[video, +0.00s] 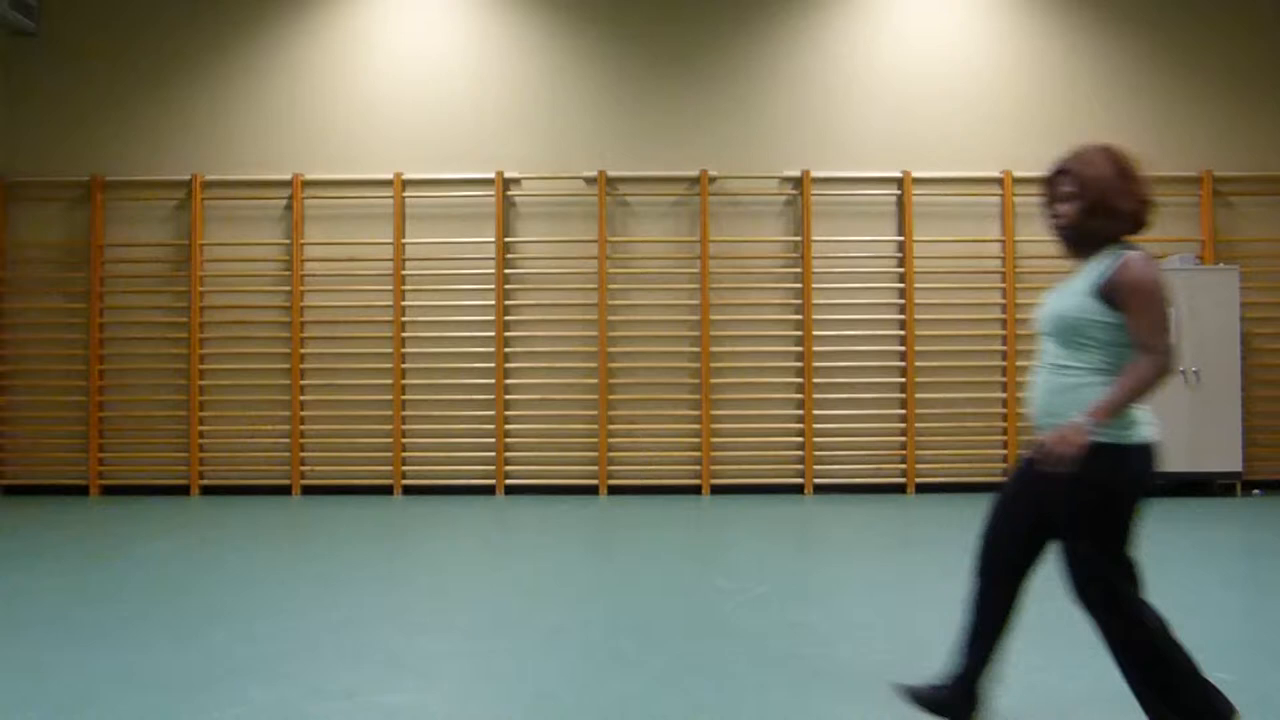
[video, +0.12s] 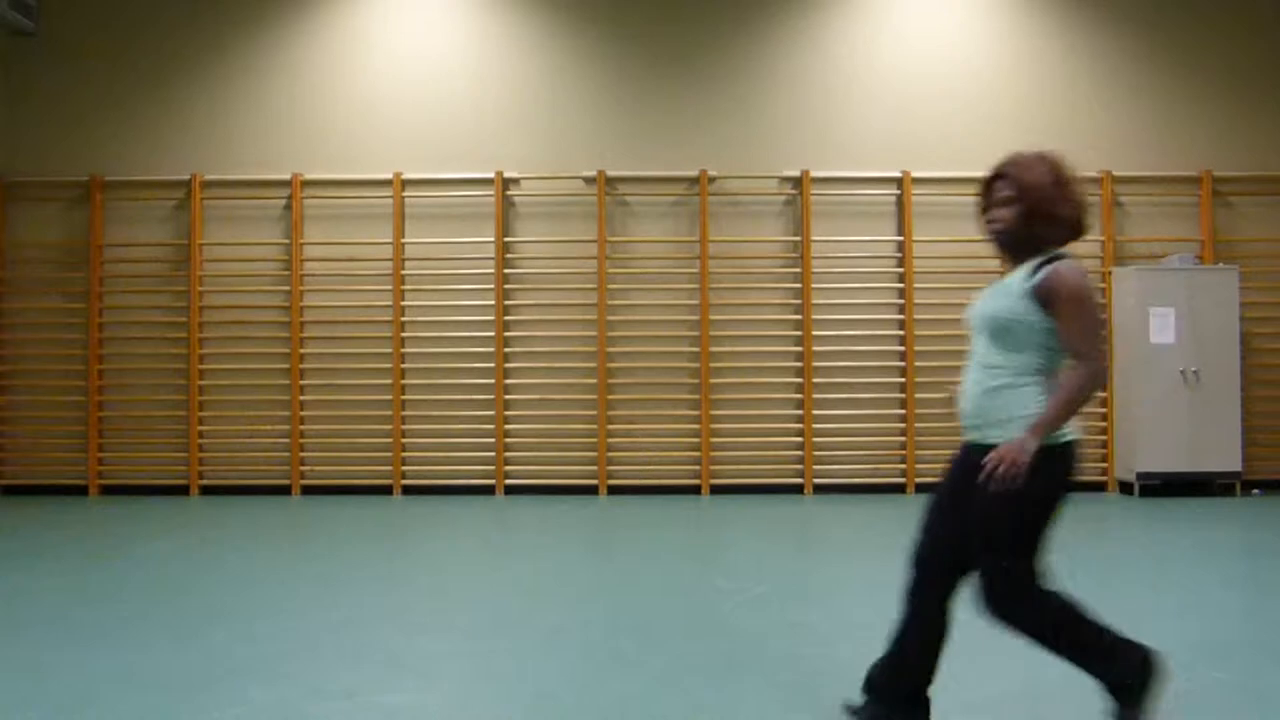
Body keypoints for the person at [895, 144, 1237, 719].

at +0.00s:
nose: (1057, 207)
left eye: (1070, 196)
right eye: (1052, 197)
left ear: (1106, 201)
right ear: (1050, 203)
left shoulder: (1132, 268)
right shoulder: (1086, 271)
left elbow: (1155, 357)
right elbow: (1088, 364)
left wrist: (1087, 423)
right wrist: (1050, 430)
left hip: (1106, 454)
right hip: (1059, 450)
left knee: (1104, 586)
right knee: (1001, 559)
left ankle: (1199, 710)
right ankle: (960, 690)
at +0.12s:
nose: (992, 212)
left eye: (1006, 201)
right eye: (989, 203)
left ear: (1040, 208)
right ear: (986, 211)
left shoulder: (1062, 277)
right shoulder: (1015, 278)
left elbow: (1088, 366)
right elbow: (1022, 365)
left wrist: (1032, 436)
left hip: (1030, 458)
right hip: (982, 452)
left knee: (1008, 593)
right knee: (933, 572)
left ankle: (1126, 667)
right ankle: (896, 699)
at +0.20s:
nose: (937, 227)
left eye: (951, 216)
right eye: (931, 217)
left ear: (982, 226)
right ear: (923, 224)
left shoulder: (1006, 297)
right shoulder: (945, 294)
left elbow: (1033, 387)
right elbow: (947, 380)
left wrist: (1005, 465)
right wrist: (895, 388)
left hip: (963, 465)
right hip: (917, 458)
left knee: (894, 589)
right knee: (861, 590)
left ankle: (1000, 656)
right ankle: (888, 710)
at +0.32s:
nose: (866, 224)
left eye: (880, 215)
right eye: (858, 214)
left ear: (905, 226)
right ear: (848, 225)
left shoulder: (932, 301)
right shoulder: (856, 292)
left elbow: (969, 390)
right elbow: (825, 363)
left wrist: (989, 474)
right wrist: (782, 362)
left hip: (882, 461)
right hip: (835, 457)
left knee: (783, 559)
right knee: (822, 587)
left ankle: (781, 695)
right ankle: (889, 707)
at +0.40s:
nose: (821, 221)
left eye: (835, 211)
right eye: (813, 211)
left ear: (858, 224)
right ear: (802, 222)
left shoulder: (881, 300)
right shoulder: (798, 288)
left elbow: (923, 385)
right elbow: (767, 360)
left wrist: (963, 461)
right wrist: (736, 346)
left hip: (826, 457)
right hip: (779, 452)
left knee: (742, 566)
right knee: (775, 580)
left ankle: (683, 699)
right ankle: (860, 680)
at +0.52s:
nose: (756, 225)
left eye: (769, 216)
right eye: (748, 214)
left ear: (790, 231)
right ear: (735, 226)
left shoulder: (809, 307)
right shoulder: (721, 294)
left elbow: (852, 390)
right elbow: (688, 370)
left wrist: (900, 463)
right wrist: (678, 344)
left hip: (760, 463)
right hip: (705, 457)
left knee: (670, 578)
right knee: (659, 577)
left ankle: (678, 710)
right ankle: (749, 653)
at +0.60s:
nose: (720, 219)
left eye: (733, 211)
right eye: (711, 209)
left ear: (751, 226)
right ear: (696, 221)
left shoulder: (772, 300)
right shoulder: (682, 285)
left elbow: (808, 383)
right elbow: (652, 367)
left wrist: (838, 459)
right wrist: (648, 349)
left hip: (730, 461)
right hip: (670, 452)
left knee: (655, 576)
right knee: (612, 563)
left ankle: (682, 711)